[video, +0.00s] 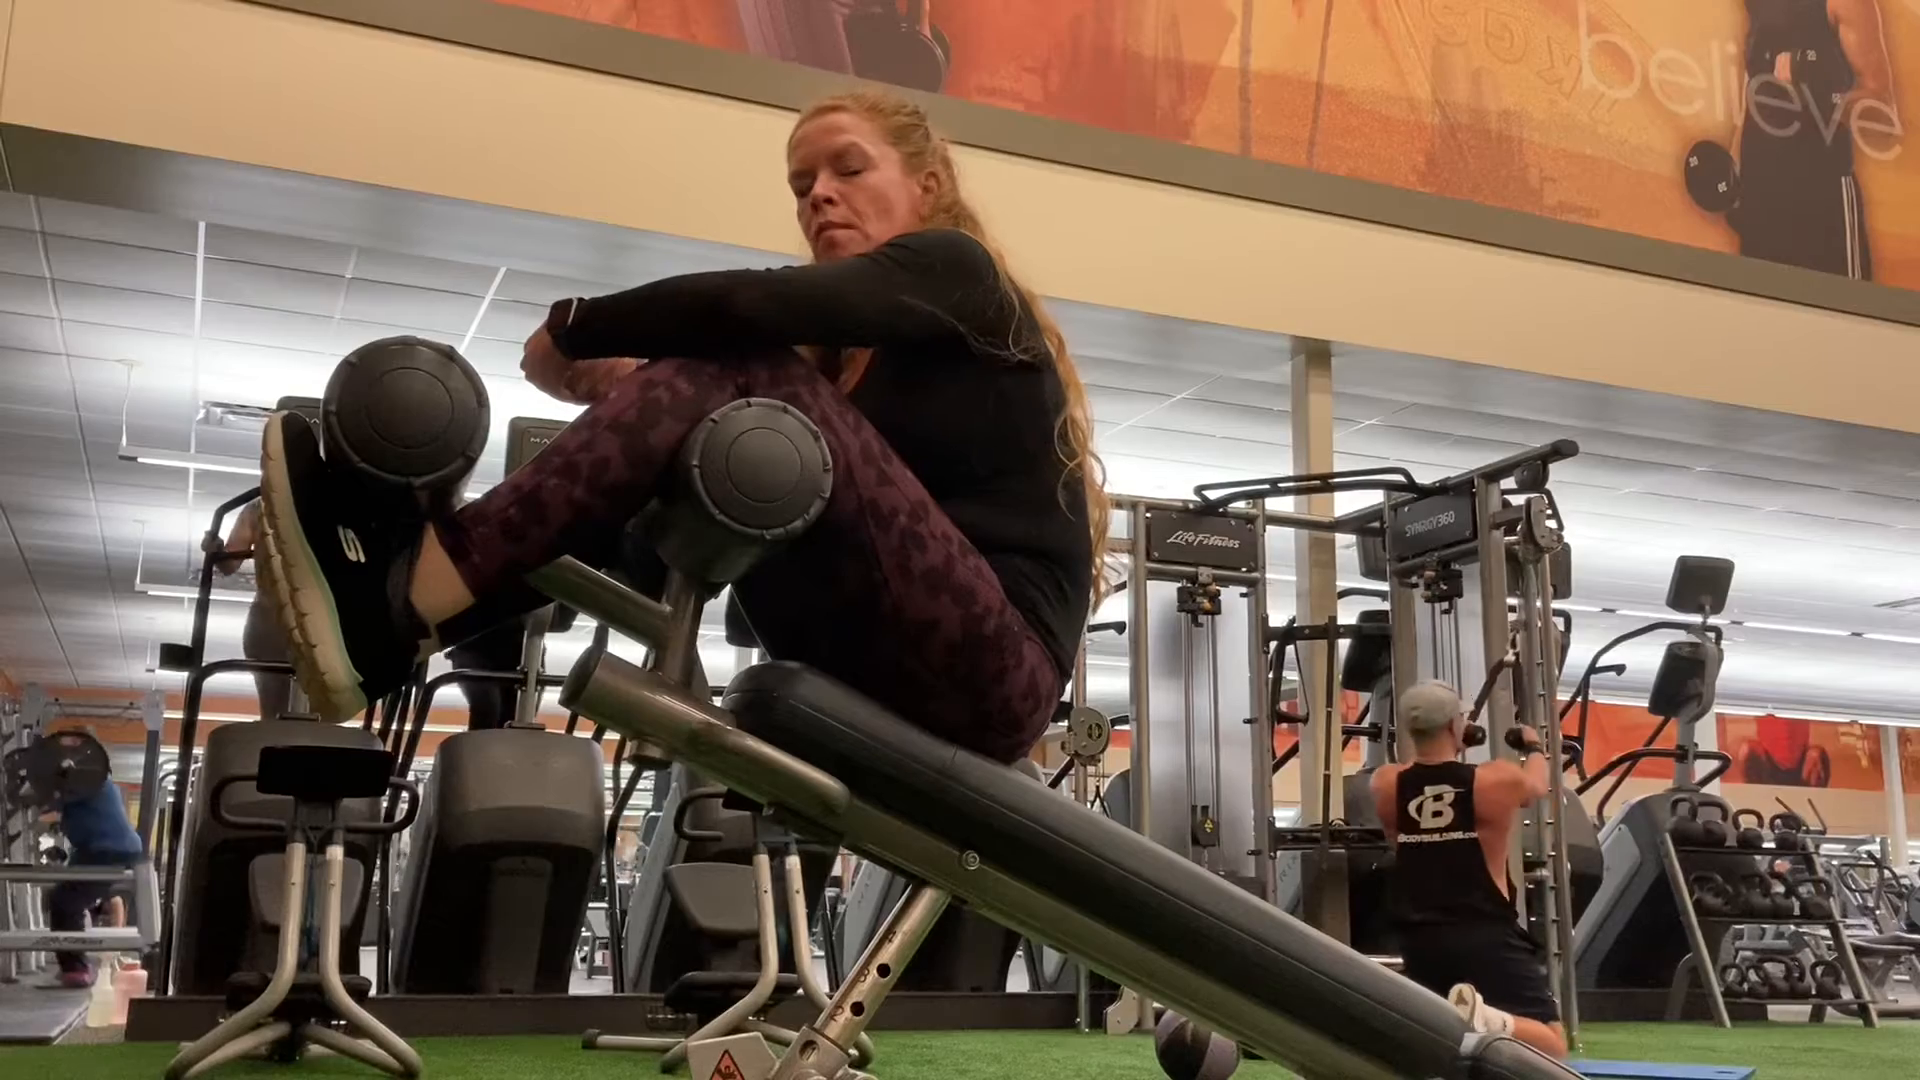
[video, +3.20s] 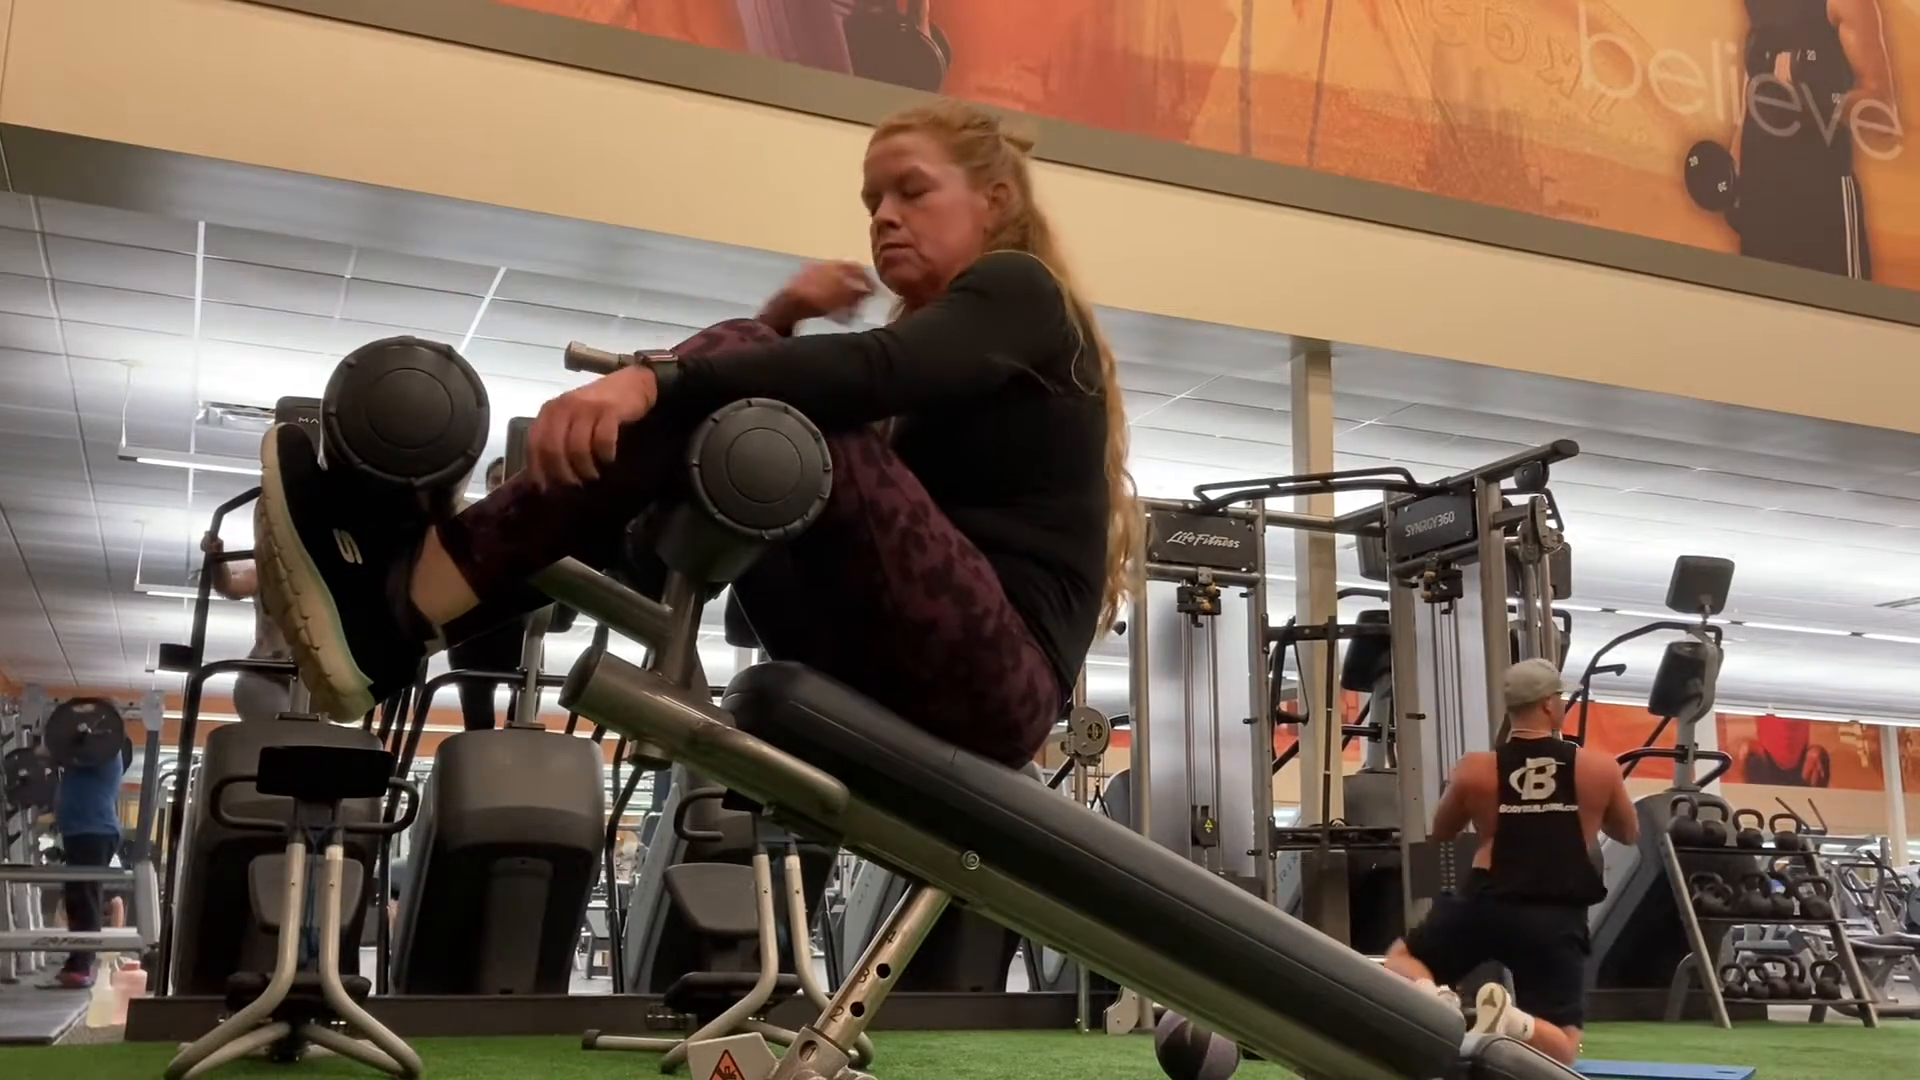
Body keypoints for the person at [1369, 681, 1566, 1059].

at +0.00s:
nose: (1462, 724)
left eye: (1460, 718)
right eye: (1460, 718)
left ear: (1409, 730)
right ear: (1456, 725)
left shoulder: (1385, 784)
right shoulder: (1498, 779)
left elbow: (1417, 774)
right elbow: (1537, 785)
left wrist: (1451, 744)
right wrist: (1536, 745)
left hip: (1420, 939)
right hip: (1487, 938)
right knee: (1555, 1045)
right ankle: (1488, 1018)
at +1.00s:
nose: (1462, 739)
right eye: (1461, 732)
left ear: (1409, 740)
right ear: (1459, 735)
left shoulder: (1382, 805)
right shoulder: (1501, 798)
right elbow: (1555, 832)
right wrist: (1541, 791)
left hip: (1425, 954)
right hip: (1495, 953)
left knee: (1439, 1046)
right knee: (1561, 1047)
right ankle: (1495, 1021)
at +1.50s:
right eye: (1461, 740)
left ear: (1401, 750)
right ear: (1456, 745)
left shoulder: (1378, 817)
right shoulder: (1496, 811)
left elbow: (1365, 872)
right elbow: (1555, 874)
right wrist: (1528, 834)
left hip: (1421, 969)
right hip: (1495, 965)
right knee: (1561, 1049)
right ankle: (1493, 1021)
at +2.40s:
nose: (1475, 736)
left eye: (1473, 728)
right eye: (1473, 729)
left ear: (1421, 738)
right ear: (1464, 736)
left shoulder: (1389, 804)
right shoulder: (1504, 802)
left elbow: (1373, 870)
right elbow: (1560, 872)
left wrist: (1417, 840)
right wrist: (1541, 840)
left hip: (1421, 960)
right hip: (1492, 958)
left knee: (1434, 1053)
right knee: (1561, 1049)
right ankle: (1494, 1022)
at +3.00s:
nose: (1544, 715)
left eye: (1542, 706)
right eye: (1540, 707)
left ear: (1489, 715)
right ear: (1526, 713)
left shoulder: (1454, 781)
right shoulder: (1572, 777)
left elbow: (1433, 846)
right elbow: (1614, 844)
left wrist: (1476, 819)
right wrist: (1579, 808)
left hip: (1470, 930)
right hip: (1540, 933)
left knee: (1464, 1040)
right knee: (1566, 1051)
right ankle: (1503, 1019)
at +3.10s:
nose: (1556, 709)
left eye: (1554, 701)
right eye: (1553, 701)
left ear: (1500, 709)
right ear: (1539, 707)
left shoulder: (1465, 774)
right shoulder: (1587, 771)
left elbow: (1439, 835)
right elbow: (1622, 838)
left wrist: (1485, 805)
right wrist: (1586, 800)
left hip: (1478, 923)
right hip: (1550, 925)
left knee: (1453, 1029)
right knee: (1565, 1050)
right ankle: (1509, 1019)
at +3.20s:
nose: (1563, 704)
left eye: (1560, 697)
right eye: (1560, 697)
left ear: (1509, 707)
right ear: (1550, 705)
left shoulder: (1477, 769)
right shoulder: (1599, 768)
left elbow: (1441, 832)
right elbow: (1628, 834)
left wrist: (1478, 799)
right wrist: (1586, 801)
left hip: (1487, 906)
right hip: (1558, 916)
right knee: (1566, 1047)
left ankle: (1437, 995)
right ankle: (1511, 1019)